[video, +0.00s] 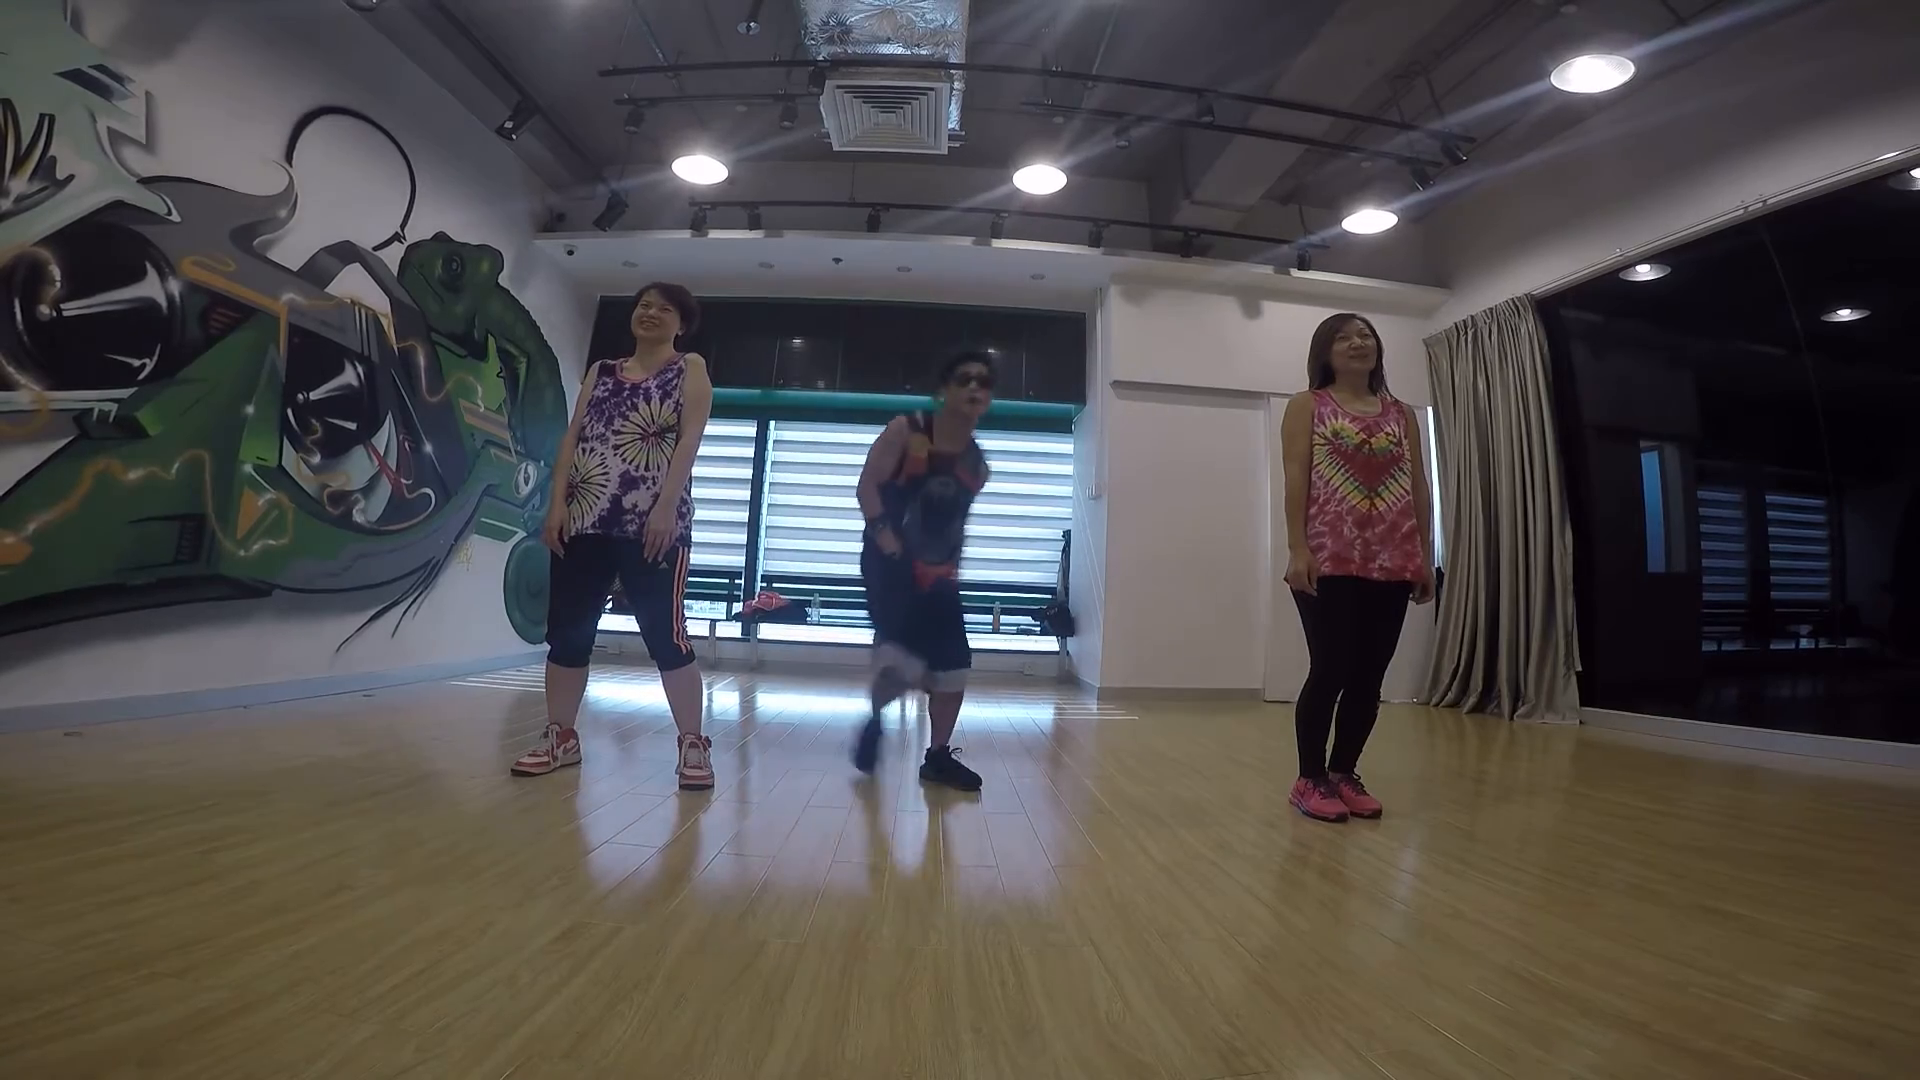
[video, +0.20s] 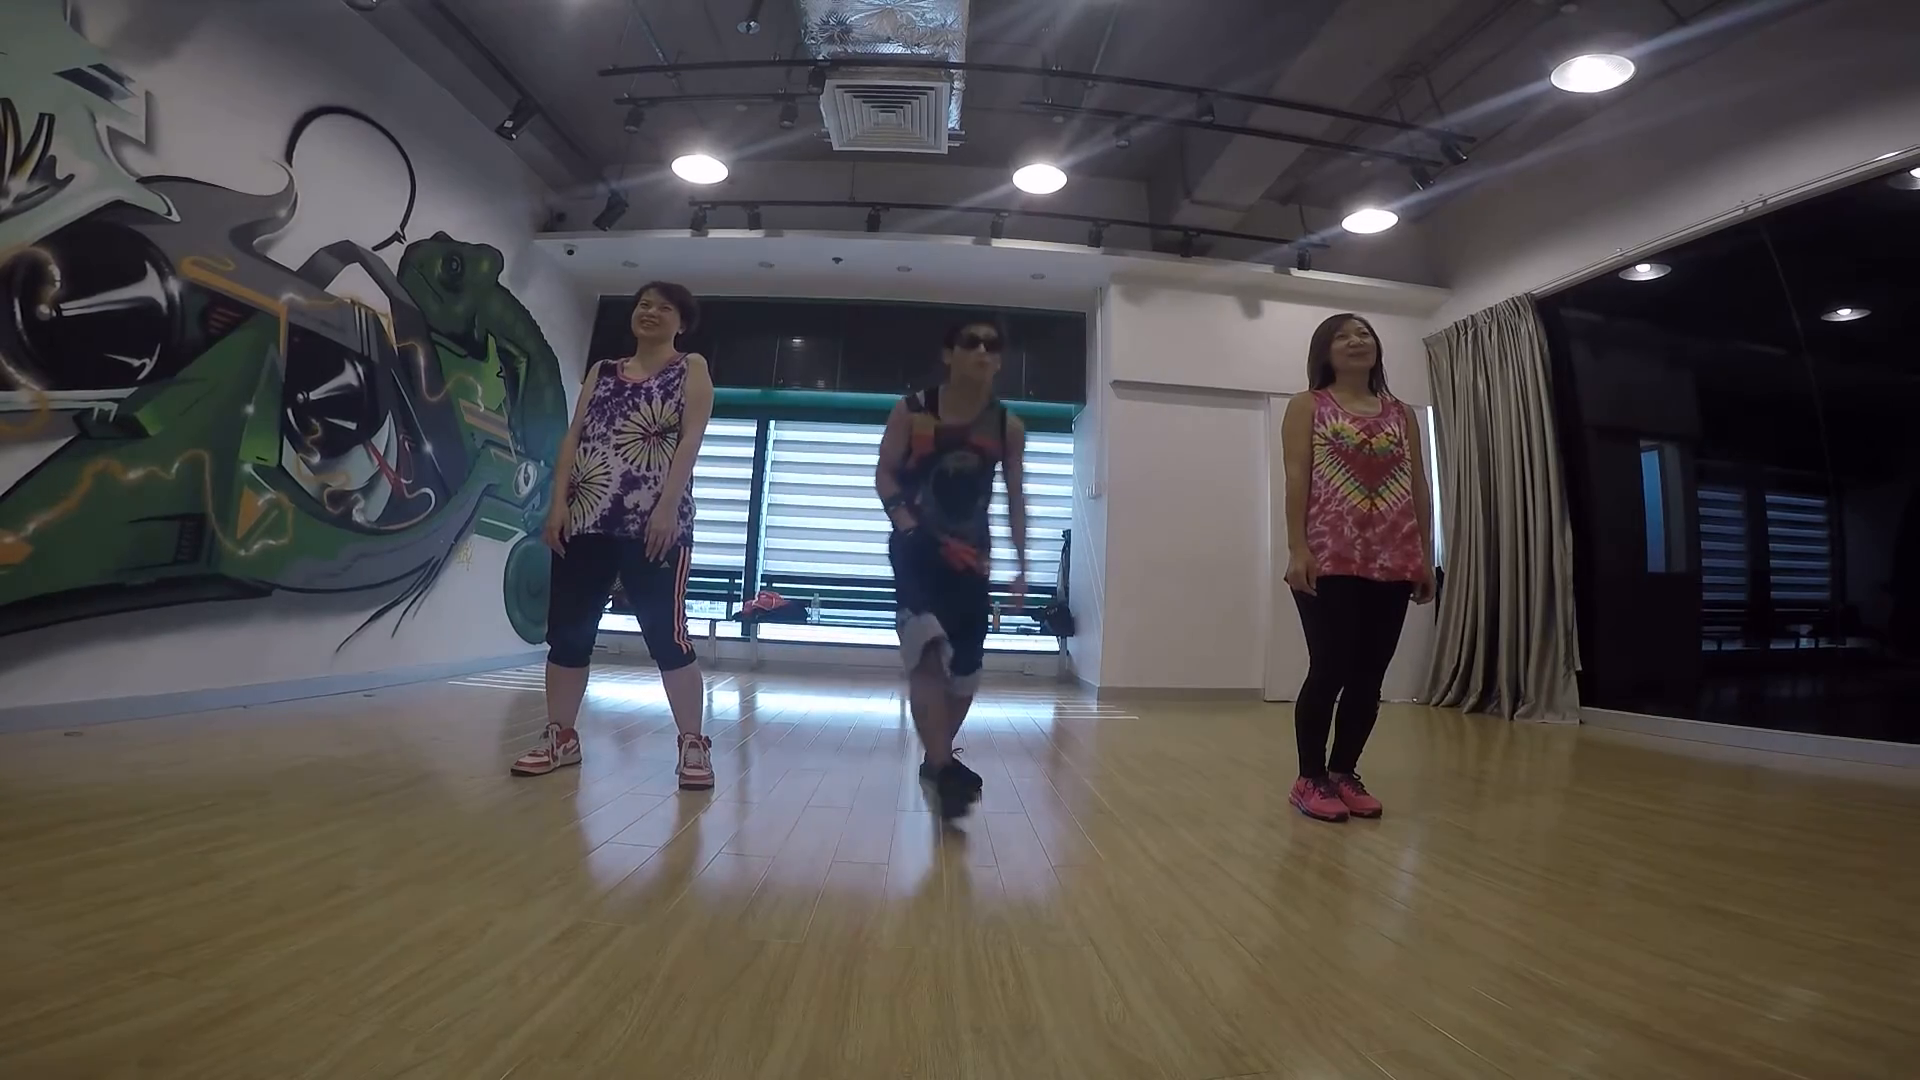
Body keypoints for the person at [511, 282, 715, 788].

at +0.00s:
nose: (649, 312)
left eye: (663, 308)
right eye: (643, 305)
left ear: (681, 326)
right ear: (630, 317)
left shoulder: (690, 369)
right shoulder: (600, 372)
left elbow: (688, 442)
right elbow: (572, 439)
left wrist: (666, 507)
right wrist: (557, 501)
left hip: (650, 526)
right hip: (583, 522)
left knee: (667, 640)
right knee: (567, 636)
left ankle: (692, 744)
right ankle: (561, 739)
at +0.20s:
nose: (649, 311)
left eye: (663, 307)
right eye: (643, 304)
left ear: (681, 324)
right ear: (631, 317)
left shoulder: (691, 369)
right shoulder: (601, 372)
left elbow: (689, 442)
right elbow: (573, 438)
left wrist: (667, 508)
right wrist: (558, 500)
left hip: (652, 525)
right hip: (584, 521)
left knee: (667, 640)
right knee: (567, 635)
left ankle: (692, 744)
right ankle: (561, 739)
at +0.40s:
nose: (652, 311)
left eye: (665, 306)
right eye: (645, 304)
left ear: (683, 322)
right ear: (633, 317)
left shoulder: (694, 369)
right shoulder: (602, 371)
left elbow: (692, 443)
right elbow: (575, 438)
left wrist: (671, 508)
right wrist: (561, 500)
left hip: (655, 526)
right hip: (588, 521)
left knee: (669, 639)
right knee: (567, 635)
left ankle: (692, 744)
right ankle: (561, 738)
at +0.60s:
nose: (658, 311)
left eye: (671, 306)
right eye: (650, 304)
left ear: (687, 323)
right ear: (637, 317)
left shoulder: (698, 371)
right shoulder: (605, 370)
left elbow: (696, 443)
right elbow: (577, 438)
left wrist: (677, 507)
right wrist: (565, 501)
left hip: (660, 526)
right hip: (592, 522)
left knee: (673, 640)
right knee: (568, 635)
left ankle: (693, 743)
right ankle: (561, 738)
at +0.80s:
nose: (664, 312)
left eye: (677, 307)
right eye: (656, 305)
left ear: (693, 325)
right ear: (643, 317)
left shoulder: (703, 371)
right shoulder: (610, 371)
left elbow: (703, 444)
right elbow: (582, 439)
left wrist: (687, 508)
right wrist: (571, 502)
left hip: (669, 525)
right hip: (601, 520)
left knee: (678, 638)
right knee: (573, 633)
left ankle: (694, 744)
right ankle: (560, 738)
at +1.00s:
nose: (673, 312)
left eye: (685, 307)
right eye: (665, 306)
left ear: (702, 324)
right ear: (653, 317)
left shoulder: (713, 371)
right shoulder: (621, 372)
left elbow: (716, 444)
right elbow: (595, 440)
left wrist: (702, 507)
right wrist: (586, 506)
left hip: (683, 527)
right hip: (615, 524)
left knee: (686, 640)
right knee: (581, 634)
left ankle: (695, 745)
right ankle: (562, 739)